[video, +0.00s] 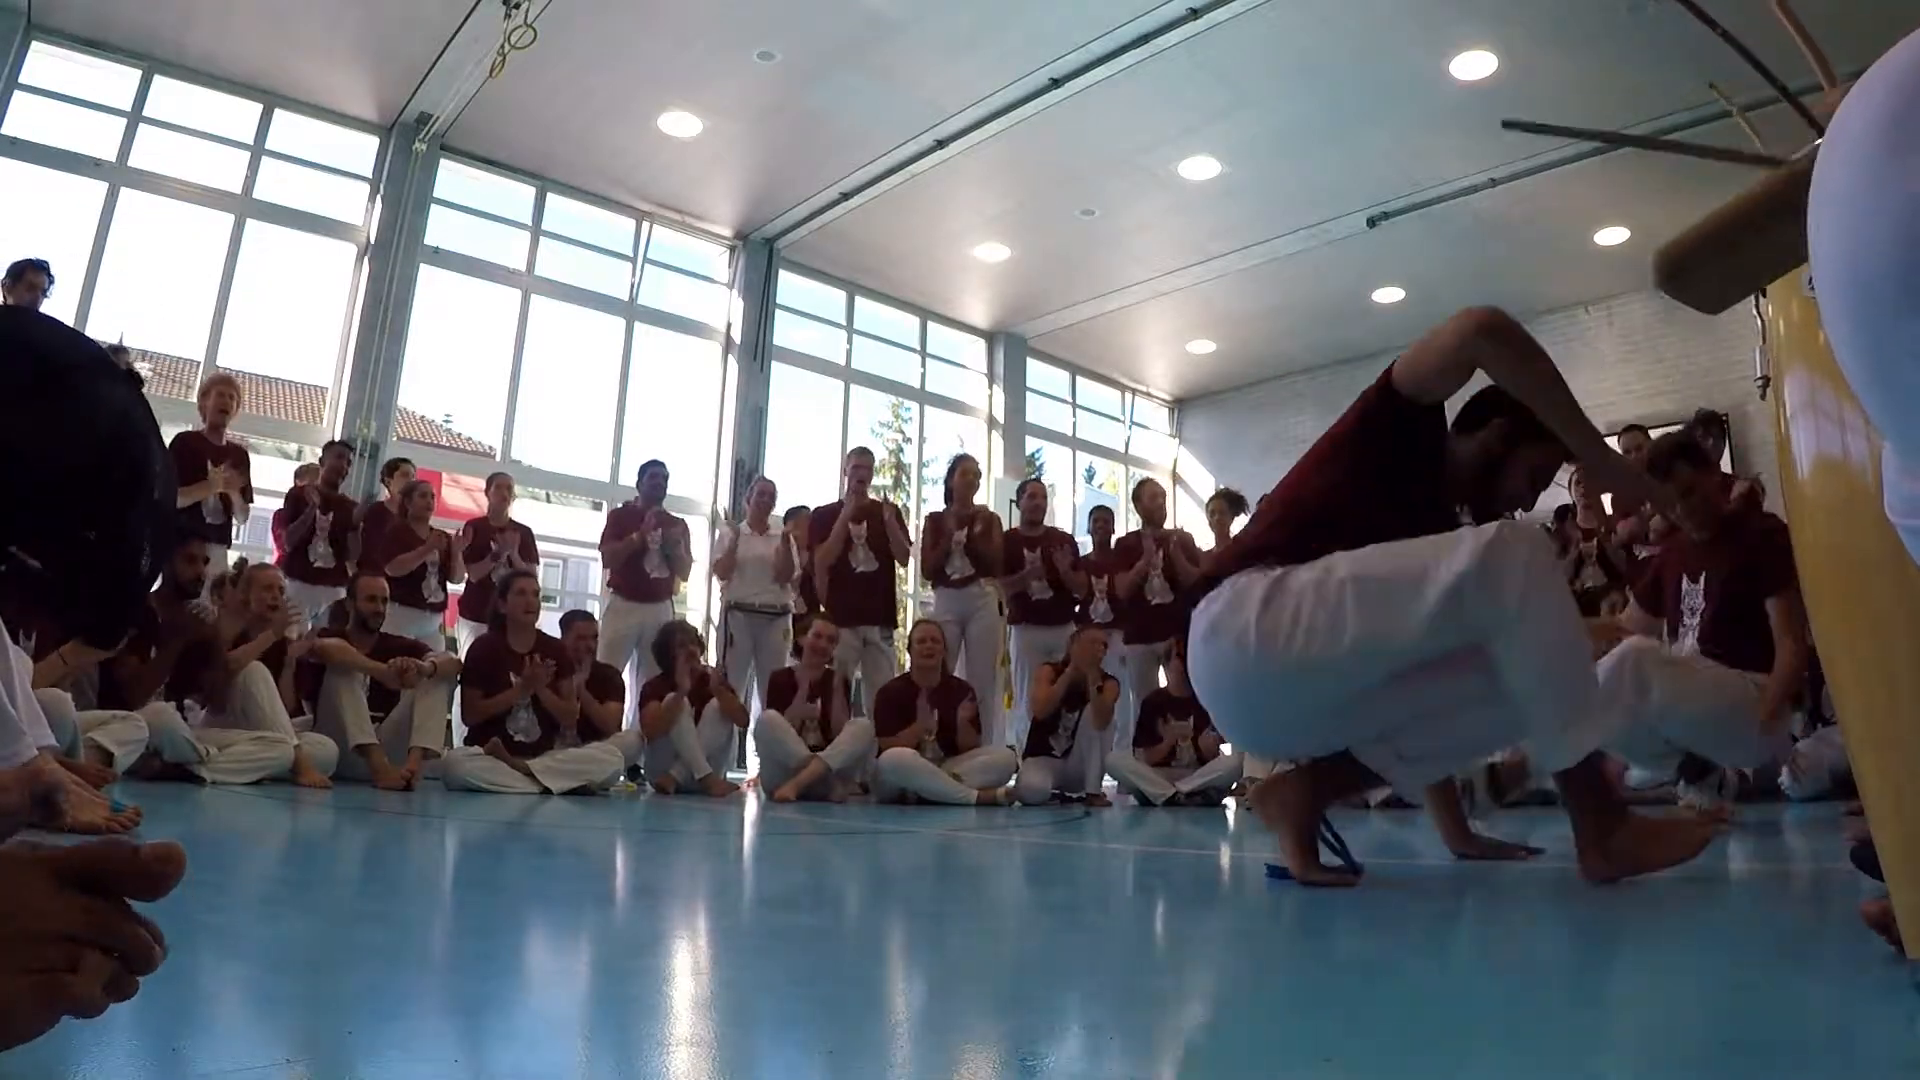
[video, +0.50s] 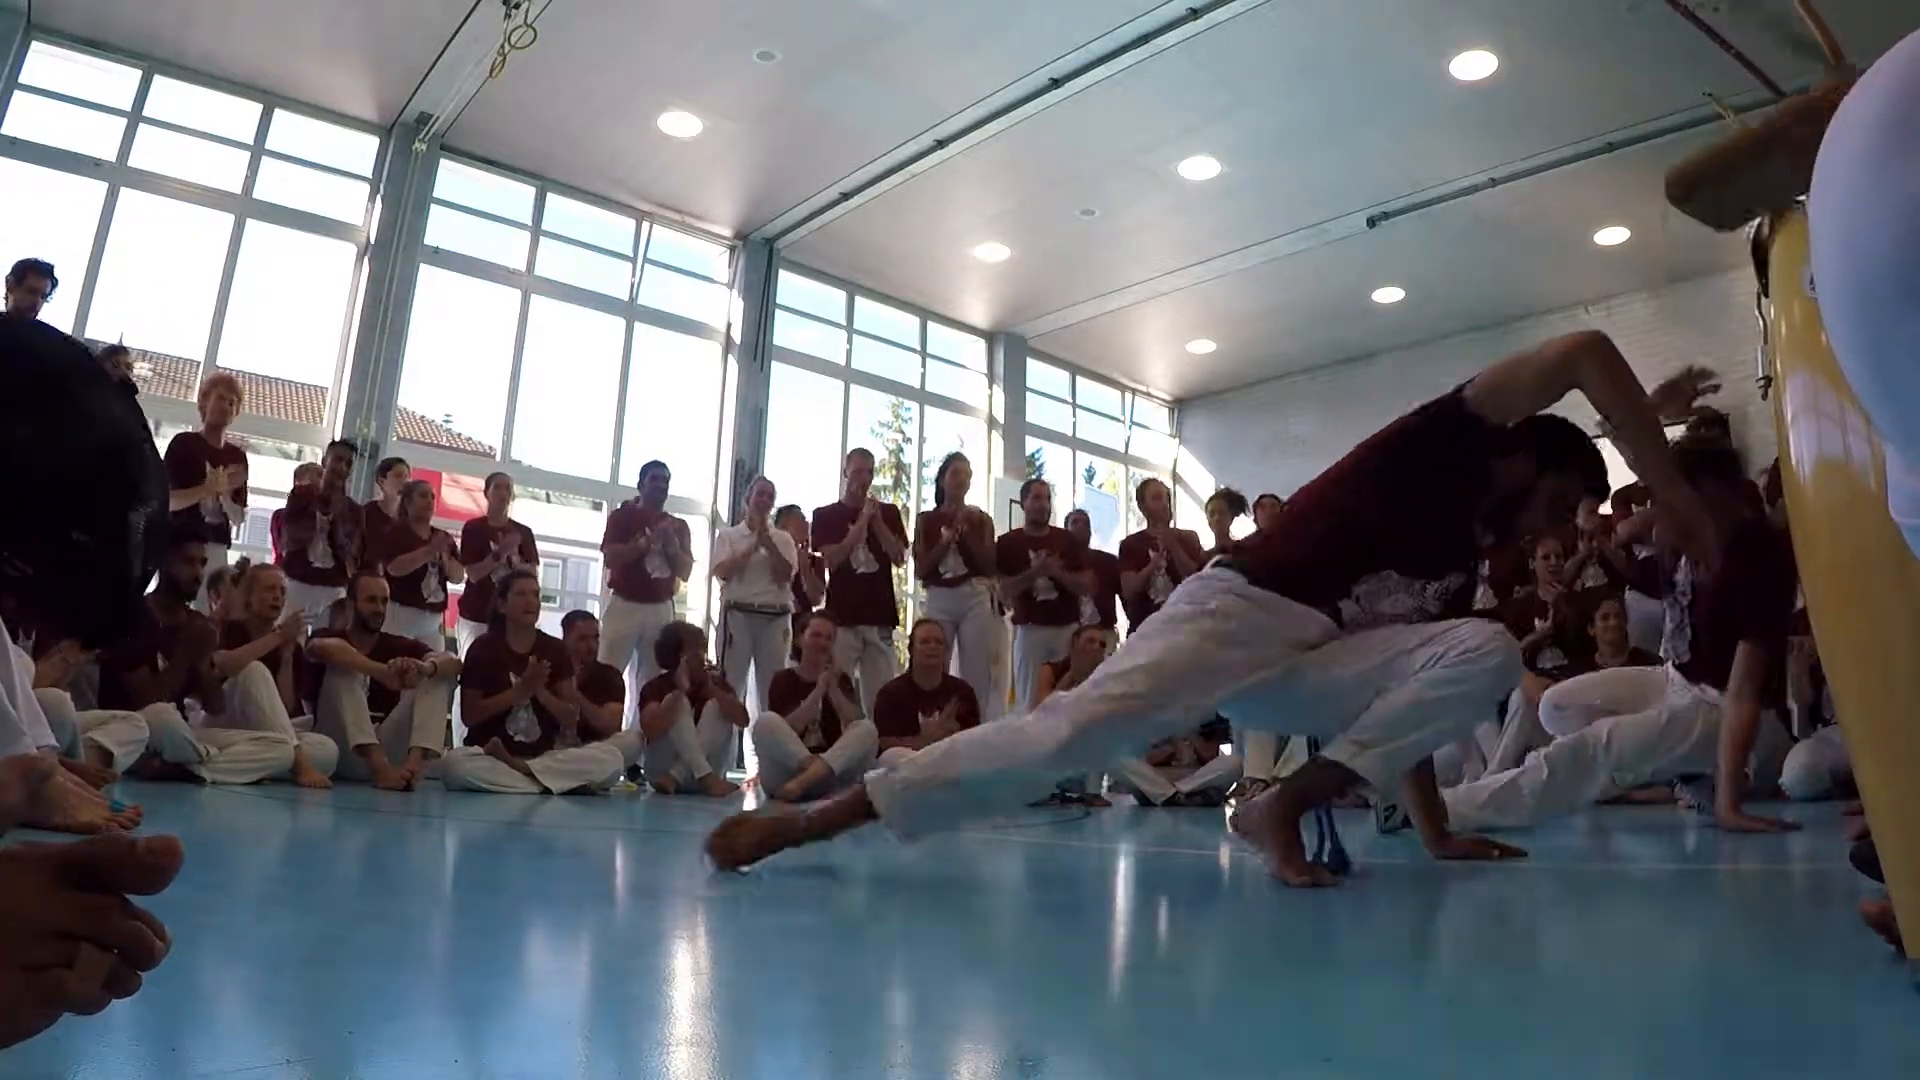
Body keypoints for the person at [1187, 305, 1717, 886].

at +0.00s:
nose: (1532, 498)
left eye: (1544, 486)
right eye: (1536, 475)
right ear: (1500, 435)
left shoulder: (1440, 540)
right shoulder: (1402, 421)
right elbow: (1483, 331)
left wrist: (1455, 831)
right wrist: (1601, 462)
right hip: (1245, 629)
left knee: (1521, 678)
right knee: (1511, 560)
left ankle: (1304, 792)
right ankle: (1604, 829)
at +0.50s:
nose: (1543, 542)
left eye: (1558, 531)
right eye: (1551, 521)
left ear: (1542, 510)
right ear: (1529, 472)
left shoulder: (1472, 551)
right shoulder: (1469, 430)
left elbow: (1440, 686)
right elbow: (1585, 345)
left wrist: (1441, 828)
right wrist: (1676, 488)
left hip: (1334, 648)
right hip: (1251, 607)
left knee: (1486, 650)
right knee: (1066, 743)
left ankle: (1288, 804)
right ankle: (825, 814)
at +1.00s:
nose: (1414, 557)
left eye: (1428, 548)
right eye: (1419, 535)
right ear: (1397, 491)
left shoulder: (1358, 581)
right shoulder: (1323, 446)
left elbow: (1389, 715)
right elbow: (1381, 403)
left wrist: (1439, 836)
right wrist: (1495, 529)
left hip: (1197, 564)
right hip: (1124, 522)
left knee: (1292, 630)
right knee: (1095, 726)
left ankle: (1227, 822)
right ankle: (956, 774)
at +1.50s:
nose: (1306, 616)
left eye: (1316, 606)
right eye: (1304, 599)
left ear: (1293, 576)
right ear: (1271, 561)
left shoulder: (1270, 622)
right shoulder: (1207, 507)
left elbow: (1342, 732)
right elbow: (1095, 414)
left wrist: (1437, 837)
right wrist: (1096, 511)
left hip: (1072, 573)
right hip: (1028, 501)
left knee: (1051, 710)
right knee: (1030, 695)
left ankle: (953, 775)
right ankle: (939, 784)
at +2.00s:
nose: (1484, 654)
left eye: (1499, 646)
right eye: (1487, 643)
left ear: (1478, 569)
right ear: (1463, 620)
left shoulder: (1443, 559)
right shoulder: (1340, 580)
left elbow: (1467, 714)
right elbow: (1220, 719)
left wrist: (1530, 841)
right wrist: (1267, 861)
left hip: (1196, 424)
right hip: (1134, 468)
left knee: (1089, 360)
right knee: (1067, 662)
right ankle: (964, 771)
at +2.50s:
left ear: (1641, 735)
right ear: (1607, 834)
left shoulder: (1584, 690)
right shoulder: (1436, 794)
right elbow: (1278, 702)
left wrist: (1534, 830)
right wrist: (1275, 859)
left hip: (1365, 482)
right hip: (1260, 553)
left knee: (1321, 264)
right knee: (1187, 597)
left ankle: (1243, 38)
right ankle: (1101, 456)